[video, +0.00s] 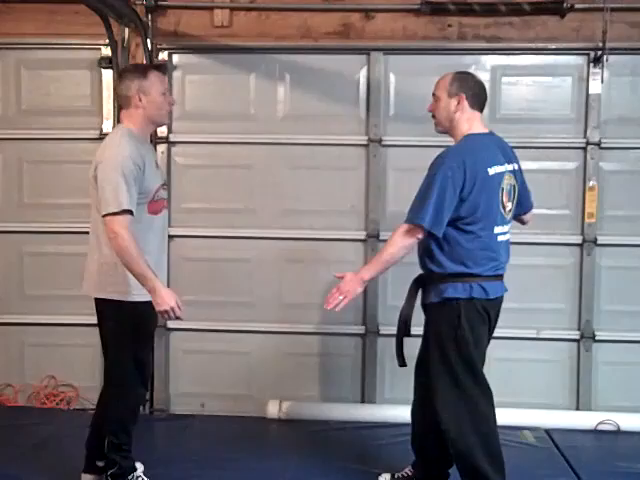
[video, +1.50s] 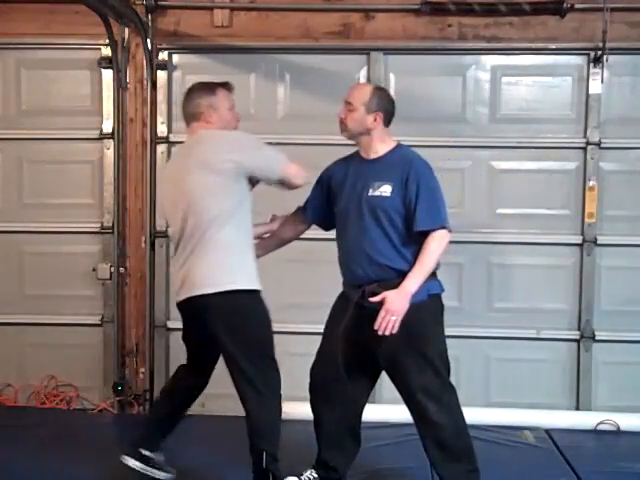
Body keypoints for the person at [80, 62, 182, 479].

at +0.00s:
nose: (172, 101)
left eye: (170, 93)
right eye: (165, 93)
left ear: (141, 101)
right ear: (138, 100)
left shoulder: (141, 147)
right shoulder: (118, 152)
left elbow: (136, 223)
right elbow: (116, 231)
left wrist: (154, 286)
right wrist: (156, 287)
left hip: (137, 288)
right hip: (121, 290)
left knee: (126, 382)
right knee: (127, 383)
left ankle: (99, 463)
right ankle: (116, 467)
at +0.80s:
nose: (155, 106)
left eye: (154, 100)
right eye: (148, 100)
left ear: (127, 107)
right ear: (122, 105)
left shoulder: (129, 152)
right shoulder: (112, 150)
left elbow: (136, 222)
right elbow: (123, 218)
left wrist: (165, 278)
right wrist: (172, 264)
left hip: (138, 284)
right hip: (132, 284)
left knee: (122, 376)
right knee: (168, 367)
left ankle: (100, 462)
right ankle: (156, 463)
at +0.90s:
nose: (155, 108)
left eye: (153, 101)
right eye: (147, 101)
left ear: (128, 108)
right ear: (123, 106)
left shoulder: (127, 150)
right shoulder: (114, 150)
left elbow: (149, 214)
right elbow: (155, 205)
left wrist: (181, 251)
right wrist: (217, 219)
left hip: (141, 281)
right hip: (137, 282)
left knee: (126, 375)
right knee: (175, 365)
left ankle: (99, 462)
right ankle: (187, 466)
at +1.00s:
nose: (158, 108)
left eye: (156, 101)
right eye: (150, 101)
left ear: (127, 111)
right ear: (126, 109)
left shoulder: (127, 152)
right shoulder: (123, 153)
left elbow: (164, 201)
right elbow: (184, 186)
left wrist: (192, 232)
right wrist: (249, 172)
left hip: (141, 282)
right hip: (146, 283)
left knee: (133, 376)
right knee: (183, 370)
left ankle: (100, 461)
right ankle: (215, 463)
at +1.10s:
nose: (163, 110)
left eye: (160, 103)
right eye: (155, 104)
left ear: (131, 112)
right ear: (131, 110)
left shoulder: (128, 153)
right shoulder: (132, 153)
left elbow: (177, 198)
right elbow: (205, 177)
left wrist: (216, 213)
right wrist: (258, 146)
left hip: (147, 286)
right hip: (159, 286)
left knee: (137, 377)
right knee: (199, 375)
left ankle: (101, 461)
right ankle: (236, 465)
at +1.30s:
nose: (195, 113)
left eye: (193, 107)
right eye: (187, 107)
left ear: (162, 116)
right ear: (164, 114)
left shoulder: (152, 157)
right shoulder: (175, 150)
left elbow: (203, 216)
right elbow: (239, 189)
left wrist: (268, 198)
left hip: (171, 291)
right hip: (193, 290)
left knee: (155, 376)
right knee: (229, 385)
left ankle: (105, 456)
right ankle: (254, 471)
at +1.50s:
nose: (236, 115)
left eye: (233, 108)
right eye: (230, 109)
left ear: (196, 118)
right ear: (208, 114)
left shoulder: (169, 169)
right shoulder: (228, 144)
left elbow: (194, 226)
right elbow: (297, 176)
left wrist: (259, 232)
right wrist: (262, 172)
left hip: (191, 292)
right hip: (232, 287)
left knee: (197, 368)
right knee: (261, 381)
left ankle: (145, 446)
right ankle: (266, 469)